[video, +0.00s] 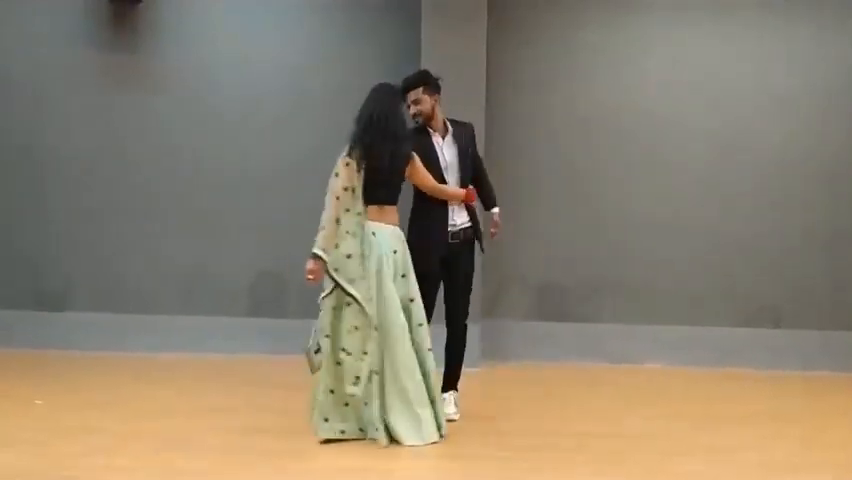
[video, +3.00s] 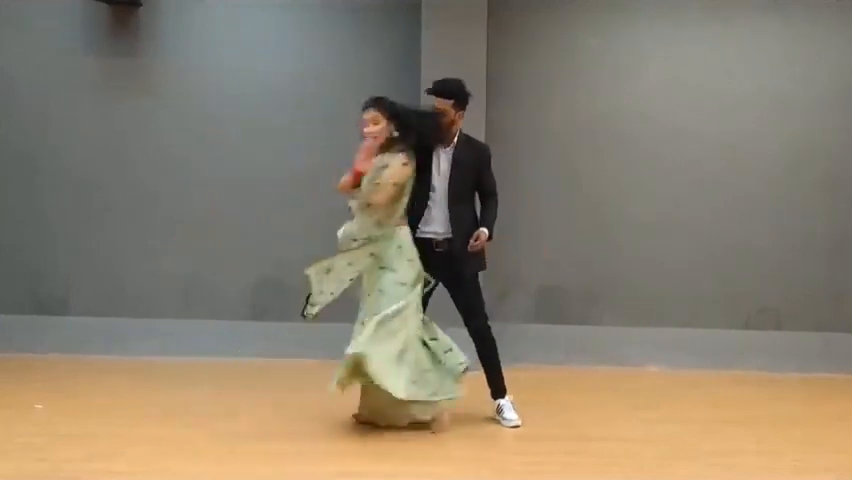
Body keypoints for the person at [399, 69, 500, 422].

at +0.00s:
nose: (413, 109)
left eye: (417, 101)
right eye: (409, 104)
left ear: (435, 98)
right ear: (409, 108)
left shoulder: (464, 132)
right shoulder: (410, 142)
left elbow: (477, 170)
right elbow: (395, 178)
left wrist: (493, 208)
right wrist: (408, 126)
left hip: (463, 236)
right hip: (427, 238)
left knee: (458, 317)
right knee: (418, 318)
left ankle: (450, 391)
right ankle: (409, 391)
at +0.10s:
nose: (412, 112)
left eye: (416, 103)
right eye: (408, 107)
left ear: (435, 100)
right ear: (409, 110)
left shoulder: (468, 133)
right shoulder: (411, 144)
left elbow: (486, 169)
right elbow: (389, 180)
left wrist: (506, 209)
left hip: (467, 239)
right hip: (431, 239)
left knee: (460, 319)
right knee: (422, 317)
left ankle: (449, 393)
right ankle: (384, 369)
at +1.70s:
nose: (423, 128)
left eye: (427, 120)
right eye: (421, 123)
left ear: (448, 116)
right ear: (438, 121)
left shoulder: (488, 142)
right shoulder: (433, 166)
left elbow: (518, 174)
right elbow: (417, 213)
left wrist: (539, 215)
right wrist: (381, 219)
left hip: (486, 255)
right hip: (448, 258)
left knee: (501, 333)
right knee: (428, 326)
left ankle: (502, 399)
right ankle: (419, 397)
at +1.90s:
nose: (460, 114)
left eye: (464, 107)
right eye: (458, 109)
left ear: (485, 103)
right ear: (465, 110)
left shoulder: (520, 139)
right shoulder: (459, 144)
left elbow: (539, 174)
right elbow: (421, 168)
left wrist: (562, 212)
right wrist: (375, 171)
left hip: (502, 253)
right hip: (464, 250)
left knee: (507, 330)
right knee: (439, 320)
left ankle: (503, 399)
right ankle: (417, 392)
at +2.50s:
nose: (439, 119)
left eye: (445, 113)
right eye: (438, 113)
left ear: (466, 115)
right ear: (443, 115)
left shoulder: (491, 154)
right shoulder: (431, 151)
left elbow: (507, 197)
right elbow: (410, 188)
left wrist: (518, 240)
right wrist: (372, 197)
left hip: (471, 256)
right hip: (433, 255)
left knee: (495, 326)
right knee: (413, 323)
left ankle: (504, 397)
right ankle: (396, 392)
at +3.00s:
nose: (436, 115)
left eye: (443, 111)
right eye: (434, 109)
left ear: (459, 113)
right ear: (432, 109)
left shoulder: (476, 152)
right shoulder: (417, 144)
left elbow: (488, 196)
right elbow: (396, 184)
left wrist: (485, 228)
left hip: (456, 251)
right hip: (417, 248)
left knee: (478, 325)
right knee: (404, 323)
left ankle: (501, 399)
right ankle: (394, 399)